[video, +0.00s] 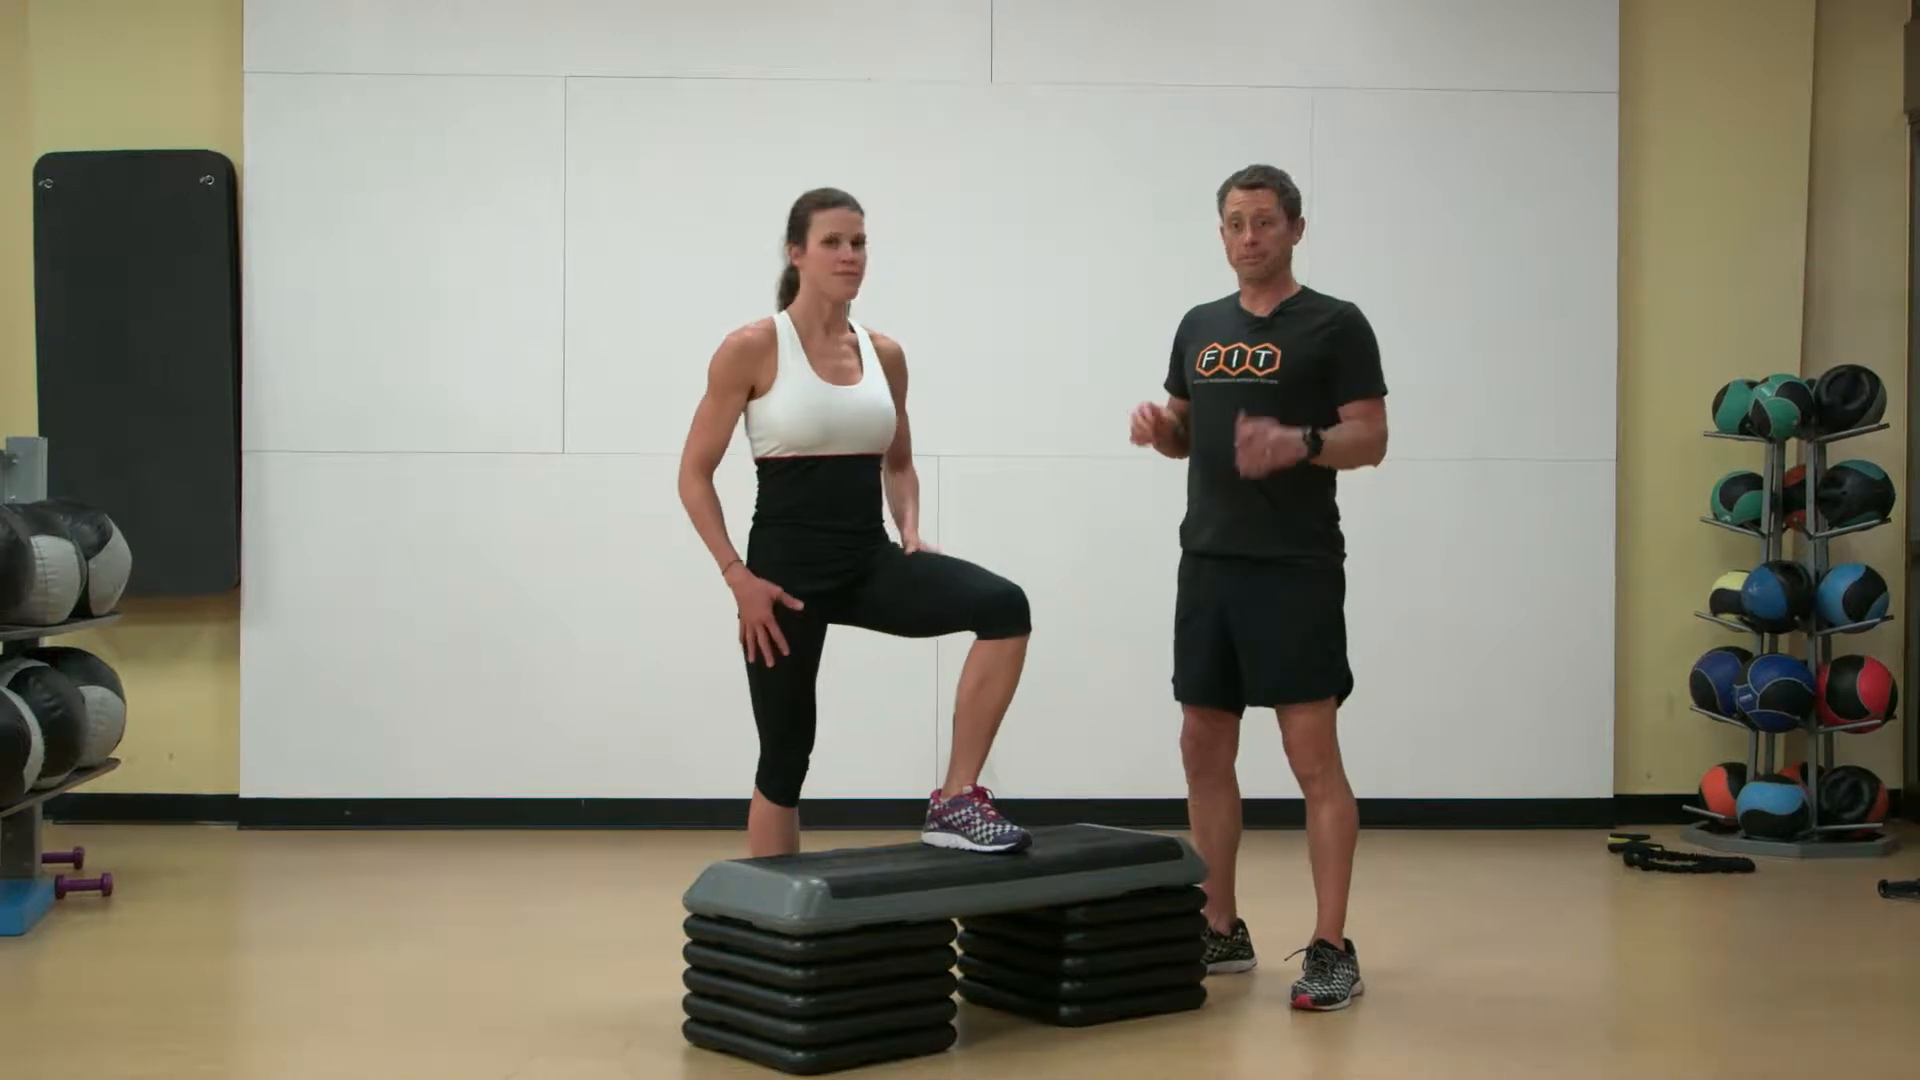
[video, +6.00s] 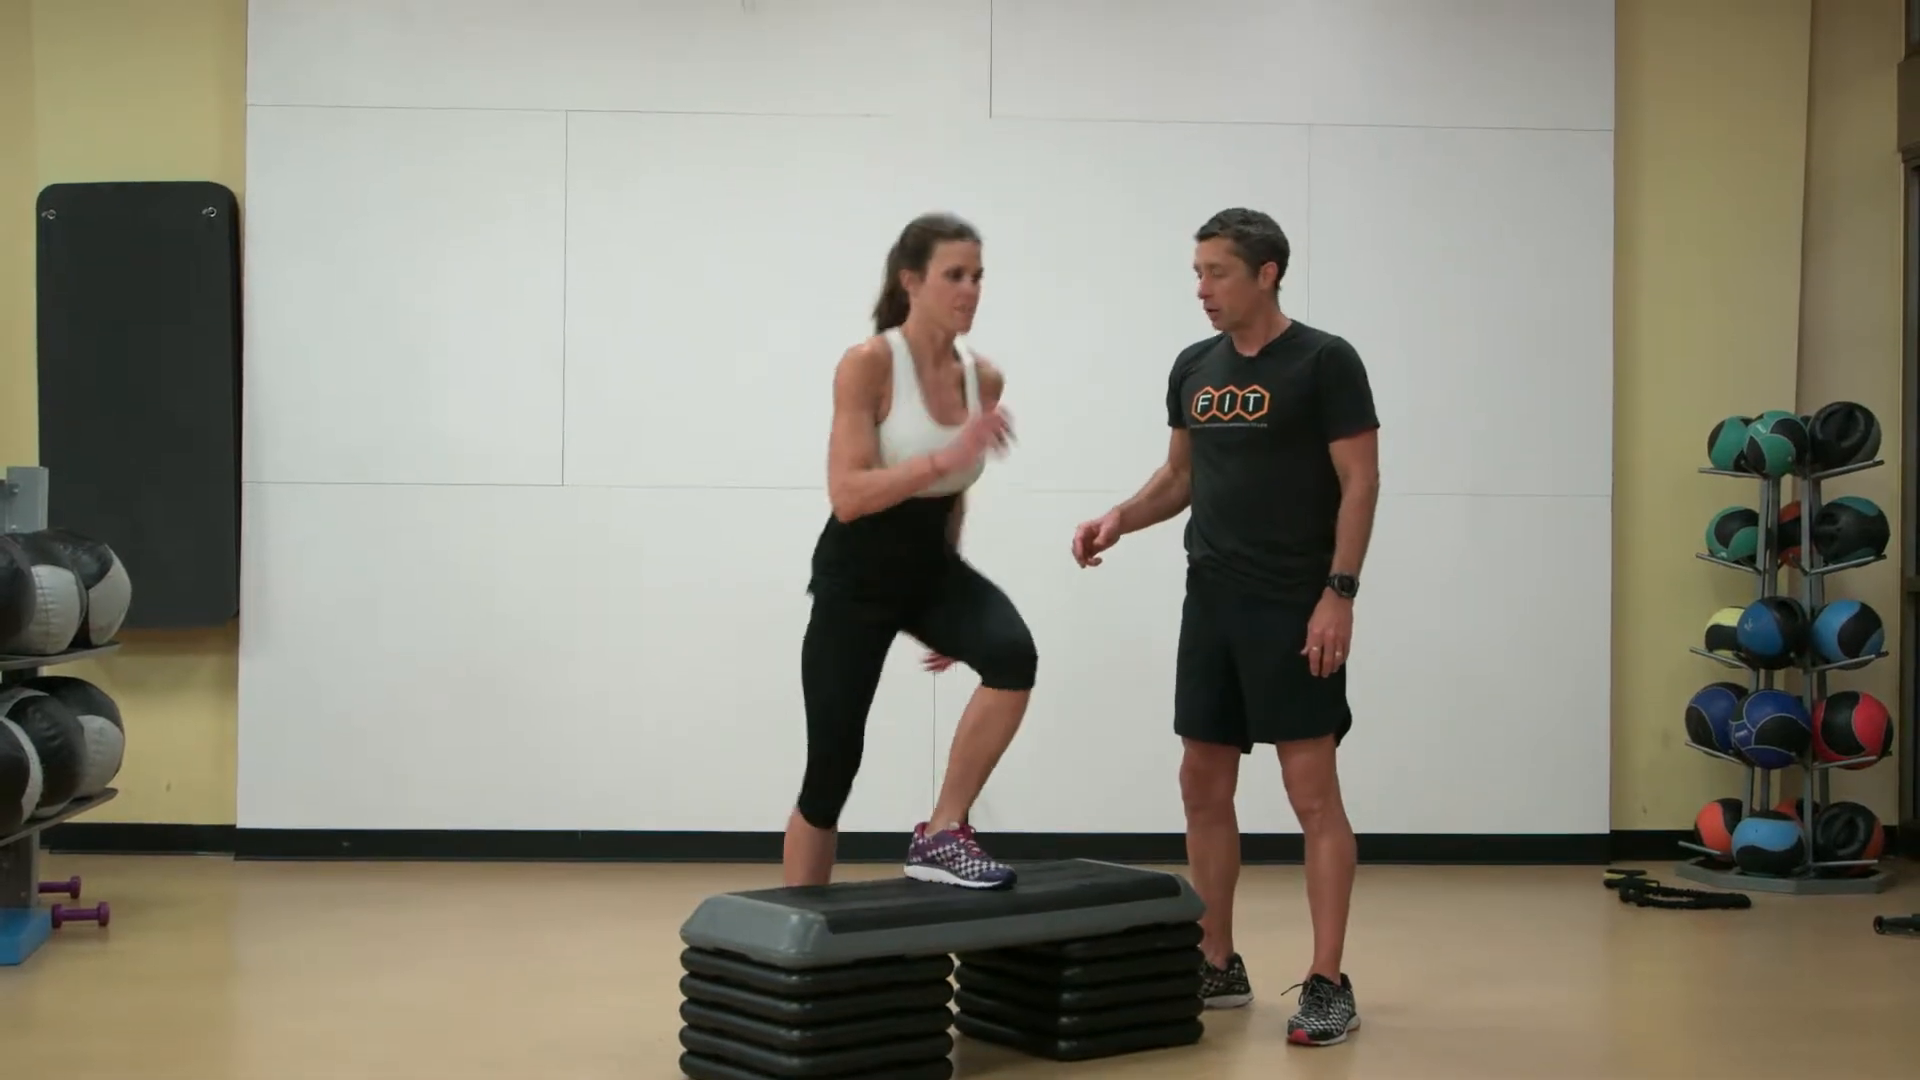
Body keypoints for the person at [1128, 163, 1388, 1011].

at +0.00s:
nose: (1247, 234)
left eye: (1262, 220)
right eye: (1234, 222)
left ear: (1295, 230)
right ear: (1221, 236)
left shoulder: (1336, 325)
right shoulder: (1197, 328)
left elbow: (1370, 440)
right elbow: (1187, 440)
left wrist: (1301, 442)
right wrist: (1162, 432)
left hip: (1296, 570)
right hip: (1208, 566)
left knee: (1312, 756)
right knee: (1204, 749)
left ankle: (1330, 943)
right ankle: (1219, 927)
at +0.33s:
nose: (1203, 259)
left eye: (1215, 245)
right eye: (1198, 246)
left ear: (1267, 236)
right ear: (1206, 246)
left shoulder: (1333, 327)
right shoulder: (1202, 321)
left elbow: (1361, 450)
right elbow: (1186, 404)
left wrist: (1337, 557)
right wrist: (1171, 454)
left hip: (1293, 569)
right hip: (1207, 566)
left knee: (1314, 757)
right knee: (1204, 747)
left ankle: (1329, 943)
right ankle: (1219, 928)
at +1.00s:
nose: (1158, 306)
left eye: (1169, 290)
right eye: (1151, 292)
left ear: (1220, 277)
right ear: (1156, 290)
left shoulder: (1313, 333)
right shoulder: (1163, 368)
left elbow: (1374, 437)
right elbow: (1120, 464)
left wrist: (1331, 534)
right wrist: (1084, 524)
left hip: (1331, 561)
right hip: (1244, 567)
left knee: (1330, 756)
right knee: (1207, 743)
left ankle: (1330, 942)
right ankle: (1218, 928)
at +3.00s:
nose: (1188, 263)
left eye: (1203, 248)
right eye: (1185, 248)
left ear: (1255, 252)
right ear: (1195, 255)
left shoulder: (1330, 340)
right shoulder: (1183, 351)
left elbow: (1376, 456)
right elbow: (1158, 462)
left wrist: (1366, 567)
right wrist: (1129, 533)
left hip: (1321, 577)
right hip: (1231, 575)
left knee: (1326, 768)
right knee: (1207, 752)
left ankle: (1327, 949)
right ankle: (1214, 932)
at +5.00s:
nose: (1212, 279)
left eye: (1223, 262)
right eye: (1202, 266)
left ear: (1267, 248)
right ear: (1198, 263)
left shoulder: (1331, 335)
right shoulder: (1201, 341)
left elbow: (1362, 455)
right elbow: (1183, 452)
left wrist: (1343, 567)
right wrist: (1113, 481)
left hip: (1295, 577)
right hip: (1212, 575)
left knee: (1311, 763)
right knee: (1203, 756)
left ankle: (1327, 951)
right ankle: (1216, 936)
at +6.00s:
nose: (1202, 287)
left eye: (1216, 273)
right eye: (1198, 274)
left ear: (1268, 274)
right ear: (1205, 279)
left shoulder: (1326, 363)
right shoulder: (1193, 368)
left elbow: (1360, 485)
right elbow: (1179, 477)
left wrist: (1339, 591)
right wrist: (1119, 518)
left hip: (1296, 607)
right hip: (1211, 605)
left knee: (1313, 791)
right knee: (1202, 781)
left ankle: (1326, 979)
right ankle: (1215, 962)